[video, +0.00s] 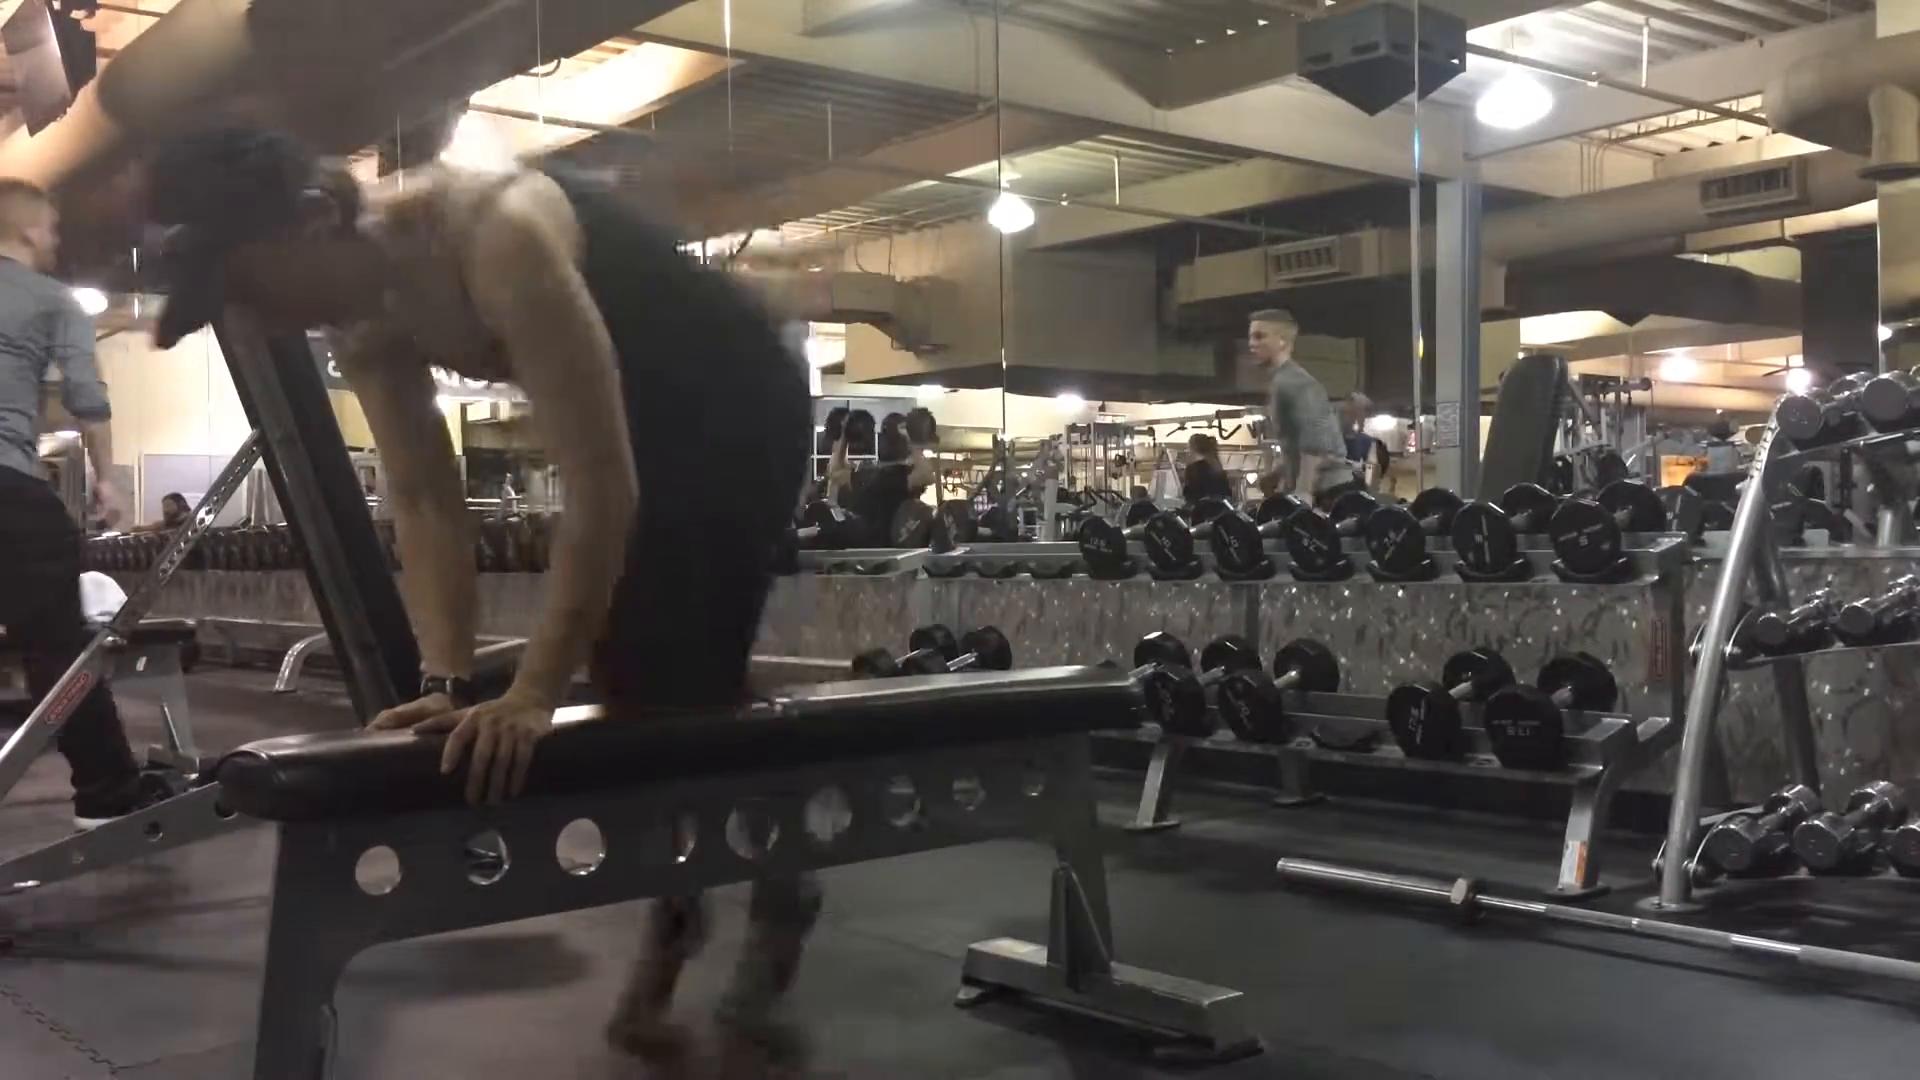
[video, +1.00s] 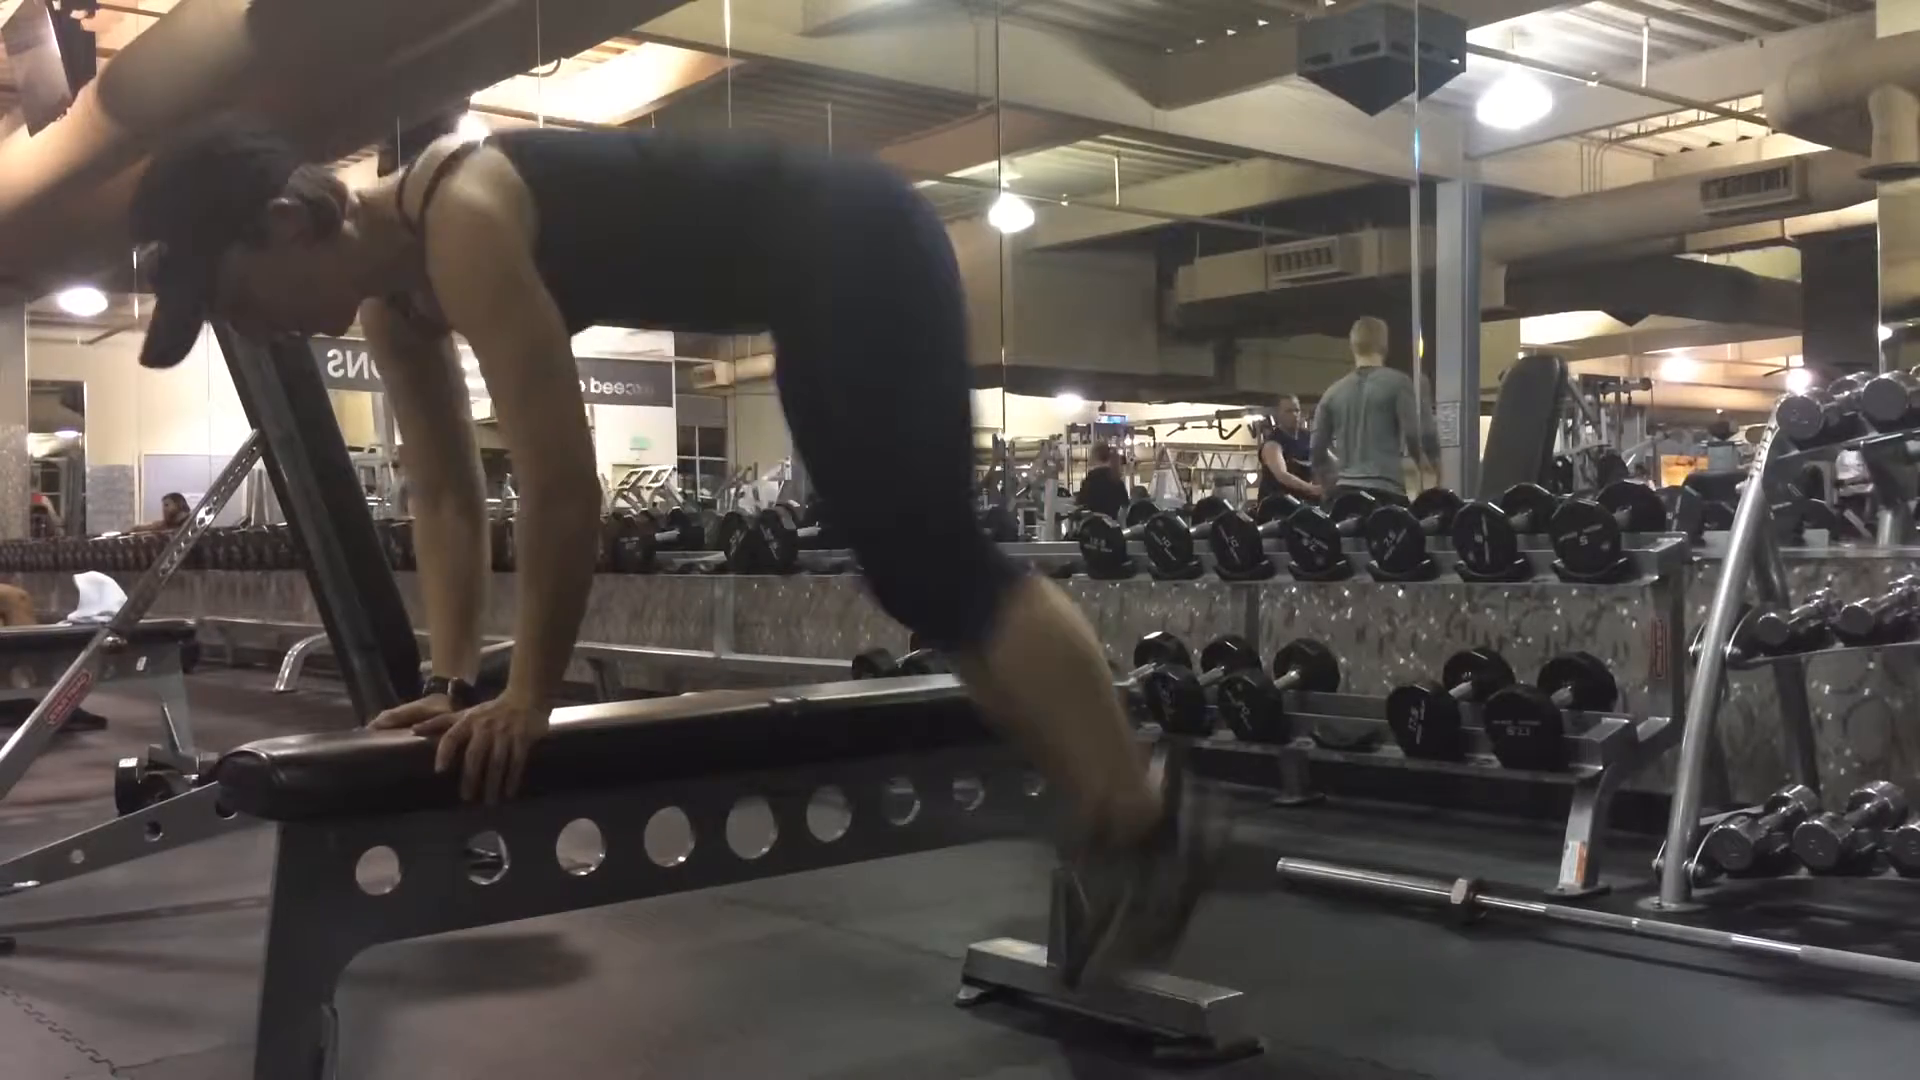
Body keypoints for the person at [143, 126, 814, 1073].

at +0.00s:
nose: (262, 320)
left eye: (253, 285)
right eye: (240, 301)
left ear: (314, 216)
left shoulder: (501, 227)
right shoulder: (364, 313)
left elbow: (603, 482)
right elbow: (422, 489)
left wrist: (531, 691)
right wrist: (446, 679)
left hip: (734, 385)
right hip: (627, 411)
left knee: (697, 672)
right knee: (620, 667)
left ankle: (779, 873)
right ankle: (674, 886)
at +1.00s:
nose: (271, 326)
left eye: (251, 300)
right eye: (247, 316)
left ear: (291, 217)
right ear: (294, 221)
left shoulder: (467, 221)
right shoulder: (391, 278)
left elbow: (564, 485)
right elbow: (436, 486)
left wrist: (526, 694)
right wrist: (448, 676)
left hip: (861, 239)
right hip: (809, 275)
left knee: (941, 562)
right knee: (918, 569)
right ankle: (1111, 806)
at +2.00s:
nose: (318, 321)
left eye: (299, 296)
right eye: (293, 312)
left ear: (341, 210)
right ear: (330, 219)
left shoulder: (517, 208)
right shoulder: (422, 268)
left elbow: (578, 475)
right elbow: (453, 479)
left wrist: (529, 699)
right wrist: (449, 677)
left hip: (846, 230)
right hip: (749, 275)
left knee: (791, 508)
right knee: (710, 523)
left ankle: (999, 419)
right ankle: (952, 426)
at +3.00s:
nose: (340, 312)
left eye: (337, 279)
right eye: (321, 294)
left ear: (399, 214)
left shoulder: (580, 271)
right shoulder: (422, 328)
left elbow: (656, 515)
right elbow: (450, 508)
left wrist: (539, 700)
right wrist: (453, 682)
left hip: (753, 518)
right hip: (661, 526)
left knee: (656, 743)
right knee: (635, 742)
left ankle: (796, 935)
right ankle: (758, 936)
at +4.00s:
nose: (247, 329)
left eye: (227, 302)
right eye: (222, 318)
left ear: (268, 219)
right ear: (268, 222)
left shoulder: (455, 208)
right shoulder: (372, 284)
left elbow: (528, 461)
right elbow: (433, 482)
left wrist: (525, 689)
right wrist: (446, 675)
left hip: (814, 199)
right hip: (756, 242)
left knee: (819, 524)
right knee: (800, 528)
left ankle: (1089, 602)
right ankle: (1077, 591)